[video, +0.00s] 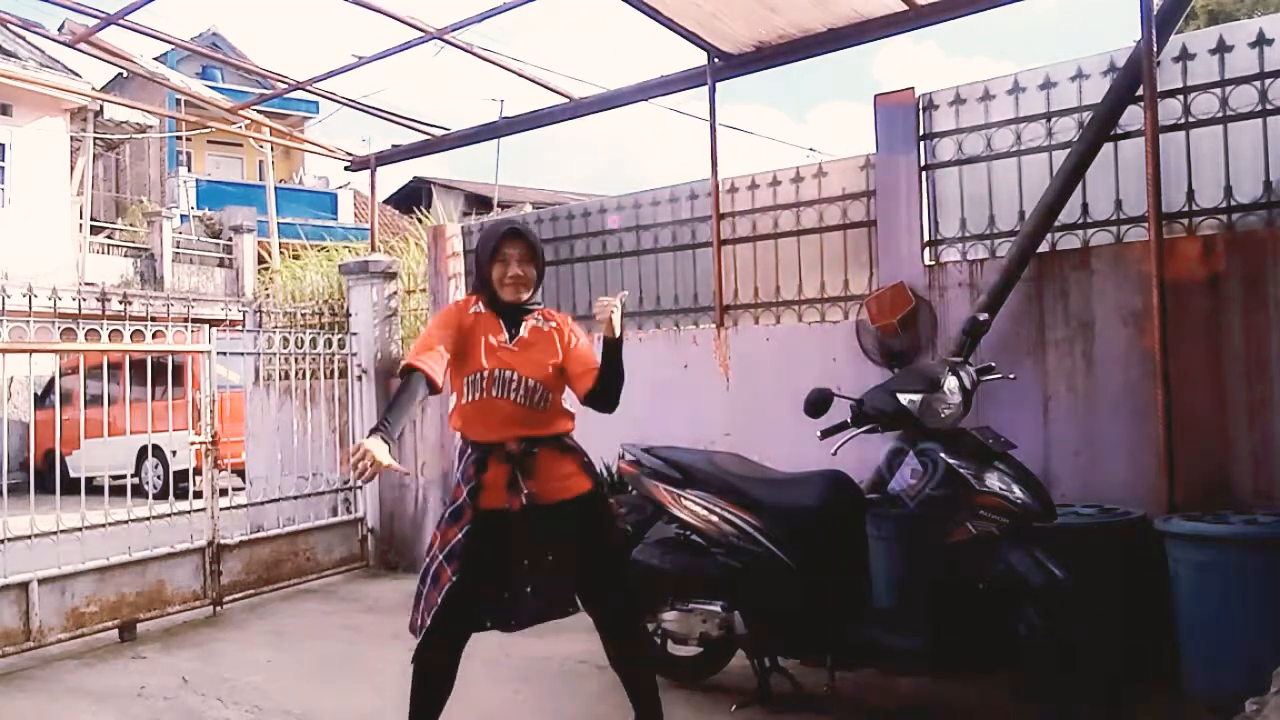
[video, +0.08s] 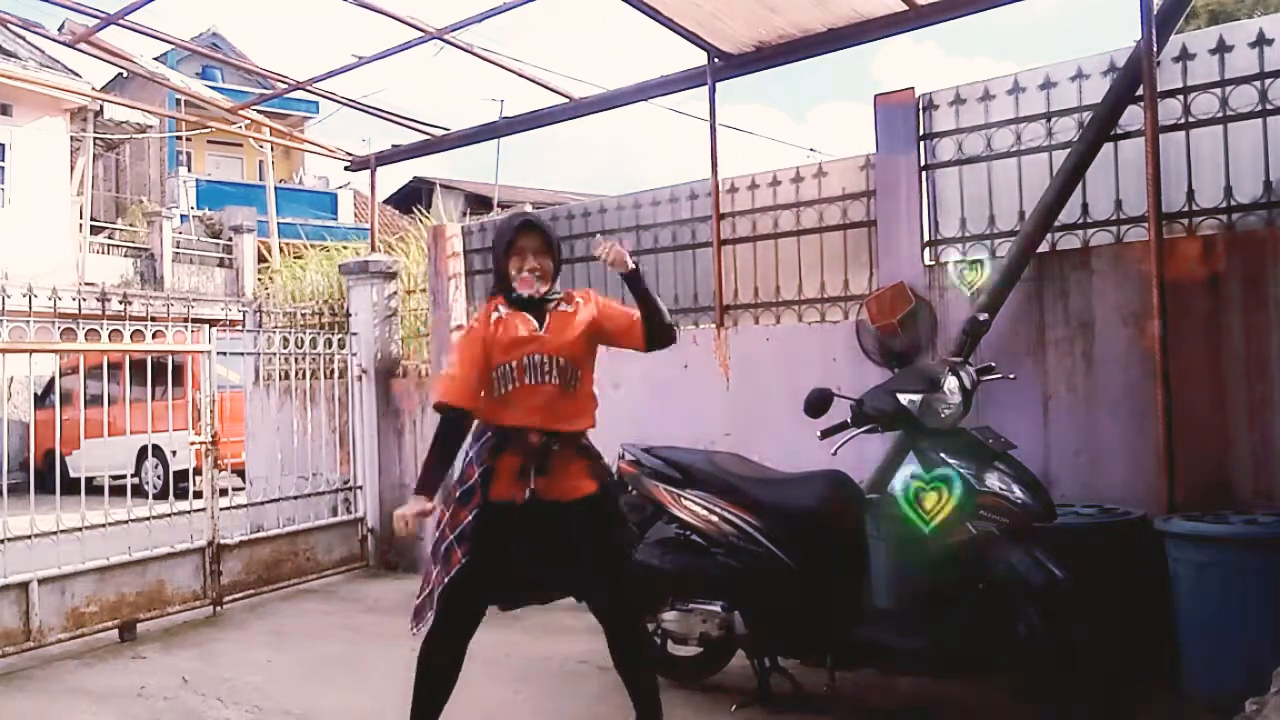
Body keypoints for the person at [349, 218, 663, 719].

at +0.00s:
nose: (517, 271)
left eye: (527, 261)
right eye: (504, 260)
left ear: (540, 270)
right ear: (485, 268)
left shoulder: (559, 328)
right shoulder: (460, 318)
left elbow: (604, 399)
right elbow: (419, 377)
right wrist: (383, 435)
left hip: (568, 494)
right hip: (488, 501)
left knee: (620, 622)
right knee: (443, 634)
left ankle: (651, 714)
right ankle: (420, 718)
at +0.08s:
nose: (530, 264)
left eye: (540, 254)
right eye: (518, 255)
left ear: (555, 262)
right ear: (501, 263)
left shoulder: (585, 309)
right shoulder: (485, 325)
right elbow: (456, 413)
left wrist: (631, 274)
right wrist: (424, 492)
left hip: (575, 486)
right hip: (499, 487)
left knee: (620, 613)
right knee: (453, 620)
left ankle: (649, 715)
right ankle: (421, 717)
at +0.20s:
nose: (543, 294)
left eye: (553, 283)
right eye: (531, 285)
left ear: (568, 289)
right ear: (516, 295)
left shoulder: (598, 322)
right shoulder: (509, 369)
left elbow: (669, 290)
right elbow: (499, 456)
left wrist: (655, 304)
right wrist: (462, 492)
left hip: (589, 522)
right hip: (518, 524)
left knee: (632, 642)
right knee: (455, 637)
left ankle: (648, 716)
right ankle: (428, 718)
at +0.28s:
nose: (542, 292)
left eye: (551, 282)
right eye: (530, 284)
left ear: (565, 288)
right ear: (513, 295)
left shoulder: (599, 331)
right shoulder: (500, 363)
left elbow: (672, 339)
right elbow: (480, 451)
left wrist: (715, 376)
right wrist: (443, 407)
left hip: (591, 513)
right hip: (517, 517)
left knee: (629, 626)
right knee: (458, 625)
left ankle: (646, 716)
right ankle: (428, 718)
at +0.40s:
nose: (529, 266)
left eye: (539, 256)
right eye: (516, 257)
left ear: (553, 264)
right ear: (498, 266)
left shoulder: (581, 318)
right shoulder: (475, 324)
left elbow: (637, 382)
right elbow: (432, 393)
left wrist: (686, 447)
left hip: (573, 485)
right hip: (494, 488)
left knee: (622, 623)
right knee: (447, 624)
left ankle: (648, 713)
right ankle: (419, 717)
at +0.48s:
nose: (512, 274)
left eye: (524, 264)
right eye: (501, 265)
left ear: (538, 273)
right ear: (484, 273)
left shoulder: (558, 340)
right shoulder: (462, 326)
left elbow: (582, 428)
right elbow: (401, 366)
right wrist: (445, 308)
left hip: (564, 499)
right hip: (485, 503)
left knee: (620, 619)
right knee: (435, 627)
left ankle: (644, 714)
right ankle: (424, 717)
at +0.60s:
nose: (507, 307)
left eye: (516, 297)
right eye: (495, 296)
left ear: (527, 305)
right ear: (473, 301)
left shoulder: (541, 376)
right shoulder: (453, 331)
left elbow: (547, 459)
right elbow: (406, 380)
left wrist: (565, 499)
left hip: (542, 527)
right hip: (477, 533)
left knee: (617, 617)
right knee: (419, 662)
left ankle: (642, 714)